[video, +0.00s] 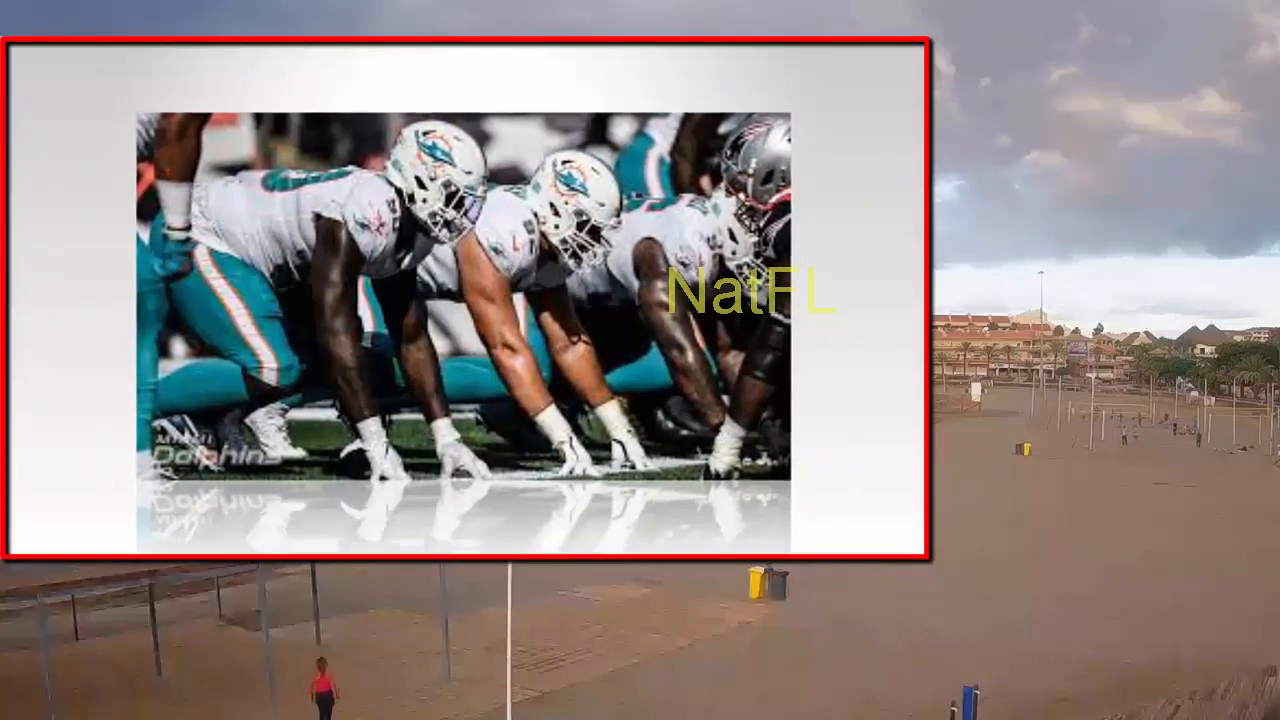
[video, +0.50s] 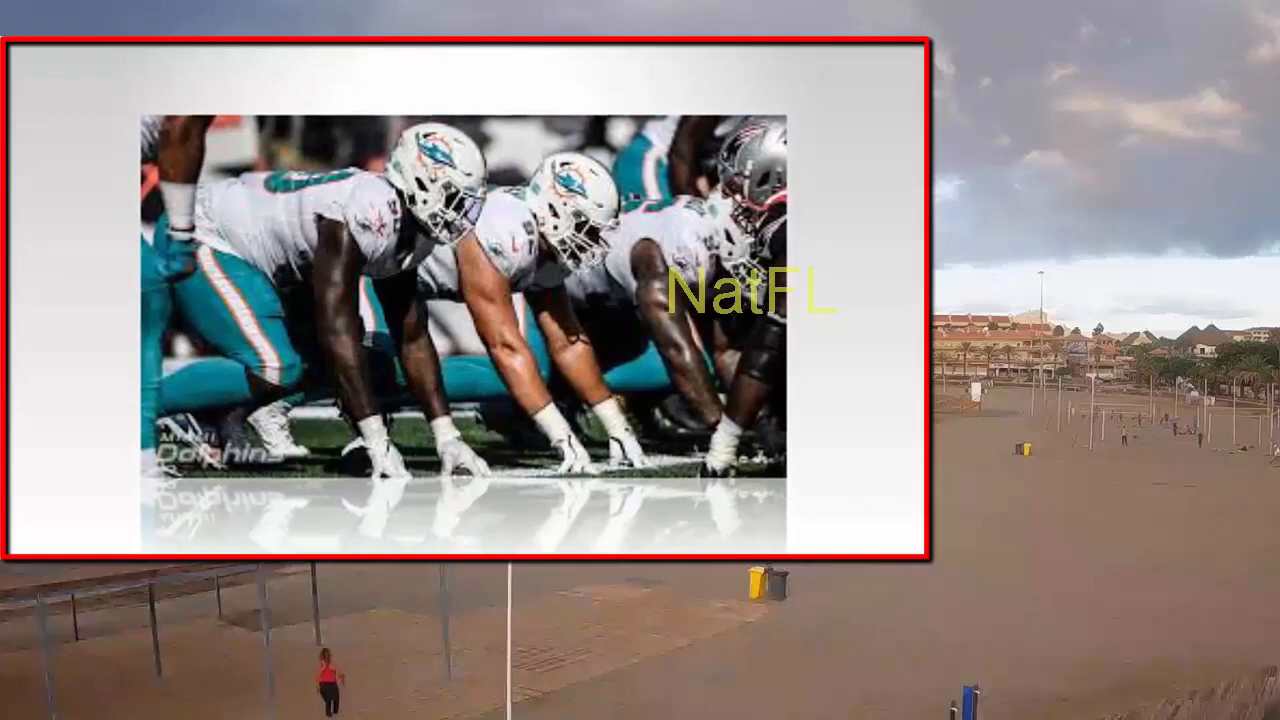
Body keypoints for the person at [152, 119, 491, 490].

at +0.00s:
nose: (457, 207)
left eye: (465, 196)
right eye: (451, 190)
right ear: (418, 173)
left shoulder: (403, 229)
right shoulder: (360, 208)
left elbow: (413, 335)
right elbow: (334, 328)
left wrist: (446, 436)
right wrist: (374, 439)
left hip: (259, 255)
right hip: (206, 238)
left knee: (319, 365)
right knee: (274, 368)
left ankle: (213, 417)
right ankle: (129, 406)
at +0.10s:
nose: (458, 208)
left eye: (466, 197)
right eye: (450, 191)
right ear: (417, 173)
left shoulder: (402, 229)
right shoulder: (361, 208)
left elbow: (413, 336)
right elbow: (335, 329)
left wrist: (445, 436)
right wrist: (374, 437)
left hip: (260, 255)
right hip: (206, 240)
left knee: (315, 365)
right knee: (274, 369)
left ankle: (206, 414)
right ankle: (129, 406)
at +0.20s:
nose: (459, 208)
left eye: (467, 197)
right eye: (452, 191)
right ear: (419, 173)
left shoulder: (402, 229)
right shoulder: (362, 208)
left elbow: (413, 336)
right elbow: (335, 329)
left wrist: (446, 435)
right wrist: (374, 438)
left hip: (260, 256)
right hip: (207, 240)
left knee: (318, 363)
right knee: (274, 369)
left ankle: (208, 414)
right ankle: (129, 406)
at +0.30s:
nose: (458, 209)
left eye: (465, 197)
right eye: (452, 192)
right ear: (420, 176)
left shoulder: (403, 229)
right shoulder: (361, 208)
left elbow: (413, 335)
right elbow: (335, 329)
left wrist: (446, 435)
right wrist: (376, 439)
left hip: (262, 256)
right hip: (208, 239)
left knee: (324, 362)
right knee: (275, 367)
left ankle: (221, 416)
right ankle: (132, 405)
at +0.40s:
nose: (458, 209)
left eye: (466, 197)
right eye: (452, 192)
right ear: (420, 176)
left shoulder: (404, 230)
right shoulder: (361, 208)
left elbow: (413, 335)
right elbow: (336, 330)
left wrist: (446, 435)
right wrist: (376, 439)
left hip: (264, 257)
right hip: (208, 240)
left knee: (329, 362)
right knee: (275, 368)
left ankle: (224, 416)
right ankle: (131, 406)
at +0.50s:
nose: (459, 210)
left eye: (466, 198)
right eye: (452, 193)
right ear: (420, 177)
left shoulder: (403, 230)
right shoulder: (361, 209)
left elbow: (414, 335)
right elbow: (336, 330)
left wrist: (446, 435)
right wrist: (376, 439)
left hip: (262, 256)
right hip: (209, 240)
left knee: (321, 364)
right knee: (276, 368)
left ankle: (211, 415)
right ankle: (132, 404)